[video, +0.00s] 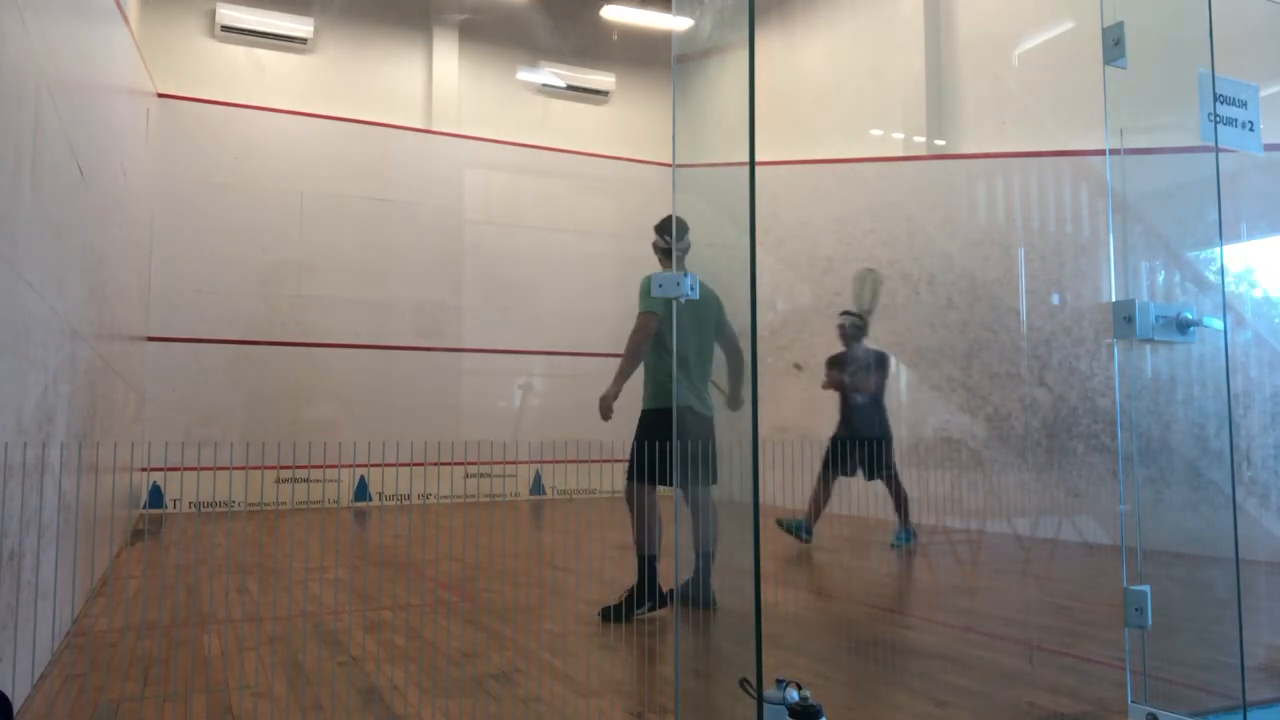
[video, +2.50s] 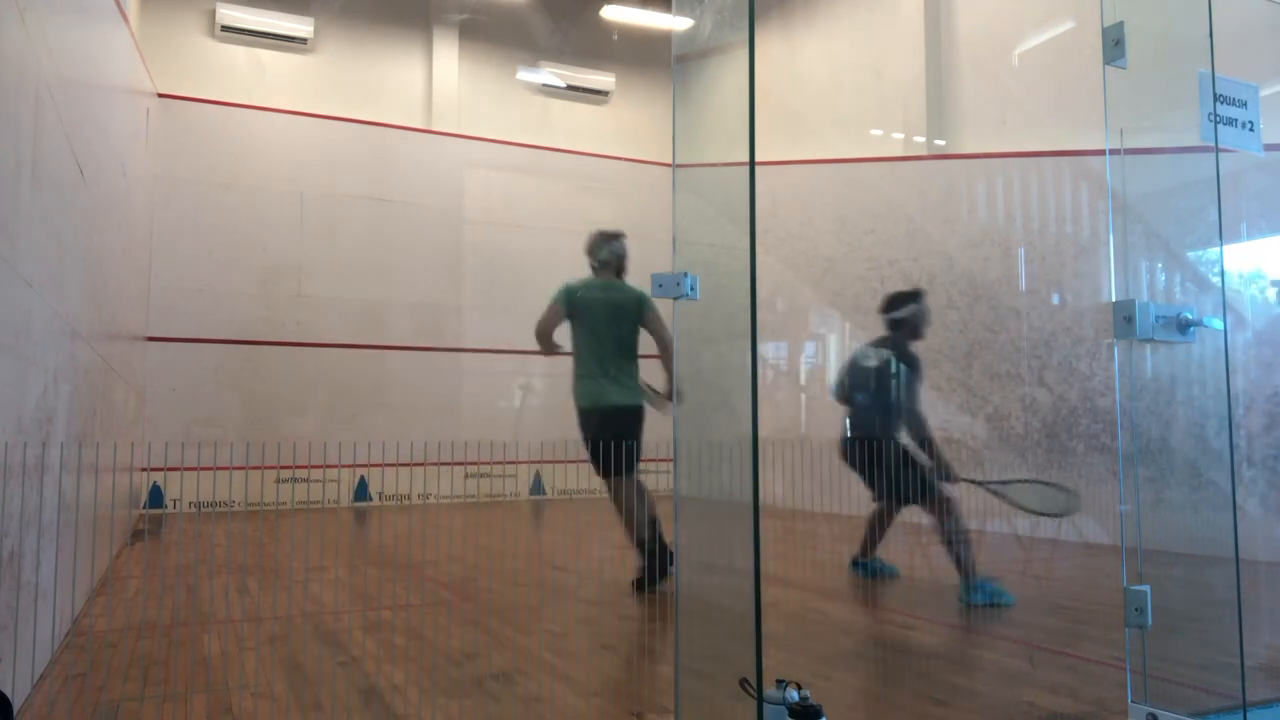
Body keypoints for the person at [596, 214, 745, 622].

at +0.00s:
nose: (657, 252)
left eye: (657, 246)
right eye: (661, 246)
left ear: (658, 246)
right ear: (688, 247)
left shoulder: (655, 283)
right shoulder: (706, 293)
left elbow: (645, 329)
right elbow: (734, 348)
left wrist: (615, 387)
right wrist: (736, 391)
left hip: (662, 412)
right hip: (699, 414)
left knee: (638, 491)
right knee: (698, 495)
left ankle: (646, 587)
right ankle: (701, 584)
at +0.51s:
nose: (610, 246)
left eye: (611, 239)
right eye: (613, 238)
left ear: (617, 242)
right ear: (644, 243)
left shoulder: (633, 285)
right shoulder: (655, 287)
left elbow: (640, 341)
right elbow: (643, 356)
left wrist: (589, 382)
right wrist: (594, 366)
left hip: (637, 411)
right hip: (657, 409)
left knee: (615, 497)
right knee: (662, 493)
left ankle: (610, 604)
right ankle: (696, 579)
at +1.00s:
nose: (528, 229)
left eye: (536, 223)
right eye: (530, 222)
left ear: (553, 233)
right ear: (541, 233)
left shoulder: (563, 282)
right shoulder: (537, 287)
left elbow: (524, 307)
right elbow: (501, 336)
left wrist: (482, 269)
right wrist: (492, 288)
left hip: (564, 417)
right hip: (530, 417)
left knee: (571, 510)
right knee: (471, 494)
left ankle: (609, 607)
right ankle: (425, 590)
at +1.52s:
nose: (360, 263)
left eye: (366, 255)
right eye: (363, 255)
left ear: (382, 259)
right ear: (389, 261)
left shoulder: (409, 298)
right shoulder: (381, 314)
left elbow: (427, 335)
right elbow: (364, 375)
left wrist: (403, 343)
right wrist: (324, 394)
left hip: (417, 441)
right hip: (380, 441)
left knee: (408, 547)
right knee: (311, 505)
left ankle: (478, 566)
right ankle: (319, 609)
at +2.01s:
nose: (460, 265)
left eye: (460, 259)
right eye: (471, 259)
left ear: (461, 260)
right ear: (495, 260)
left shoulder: (460, 295)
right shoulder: (520, 308)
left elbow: (454, 347)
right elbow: (539, 376)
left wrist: (417, 403)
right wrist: (544, 429)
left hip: (476, 431)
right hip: (514, 435)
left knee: (427, 508)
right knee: (482, 499)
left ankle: (466, 604)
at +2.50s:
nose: (615, 265)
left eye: (596, 259)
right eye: (620, 258)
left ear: (591, 261)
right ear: (624, 262)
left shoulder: (574, 292)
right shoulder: (636, 298)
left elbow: (542, 332)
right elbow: (665, 342)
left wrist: (554, 349)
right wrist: (672, 386)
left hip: (592, 406)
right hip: (629, 404)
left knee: (616, 485)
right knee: (630, 477)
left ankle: (650, 556)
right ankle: (657, 545)